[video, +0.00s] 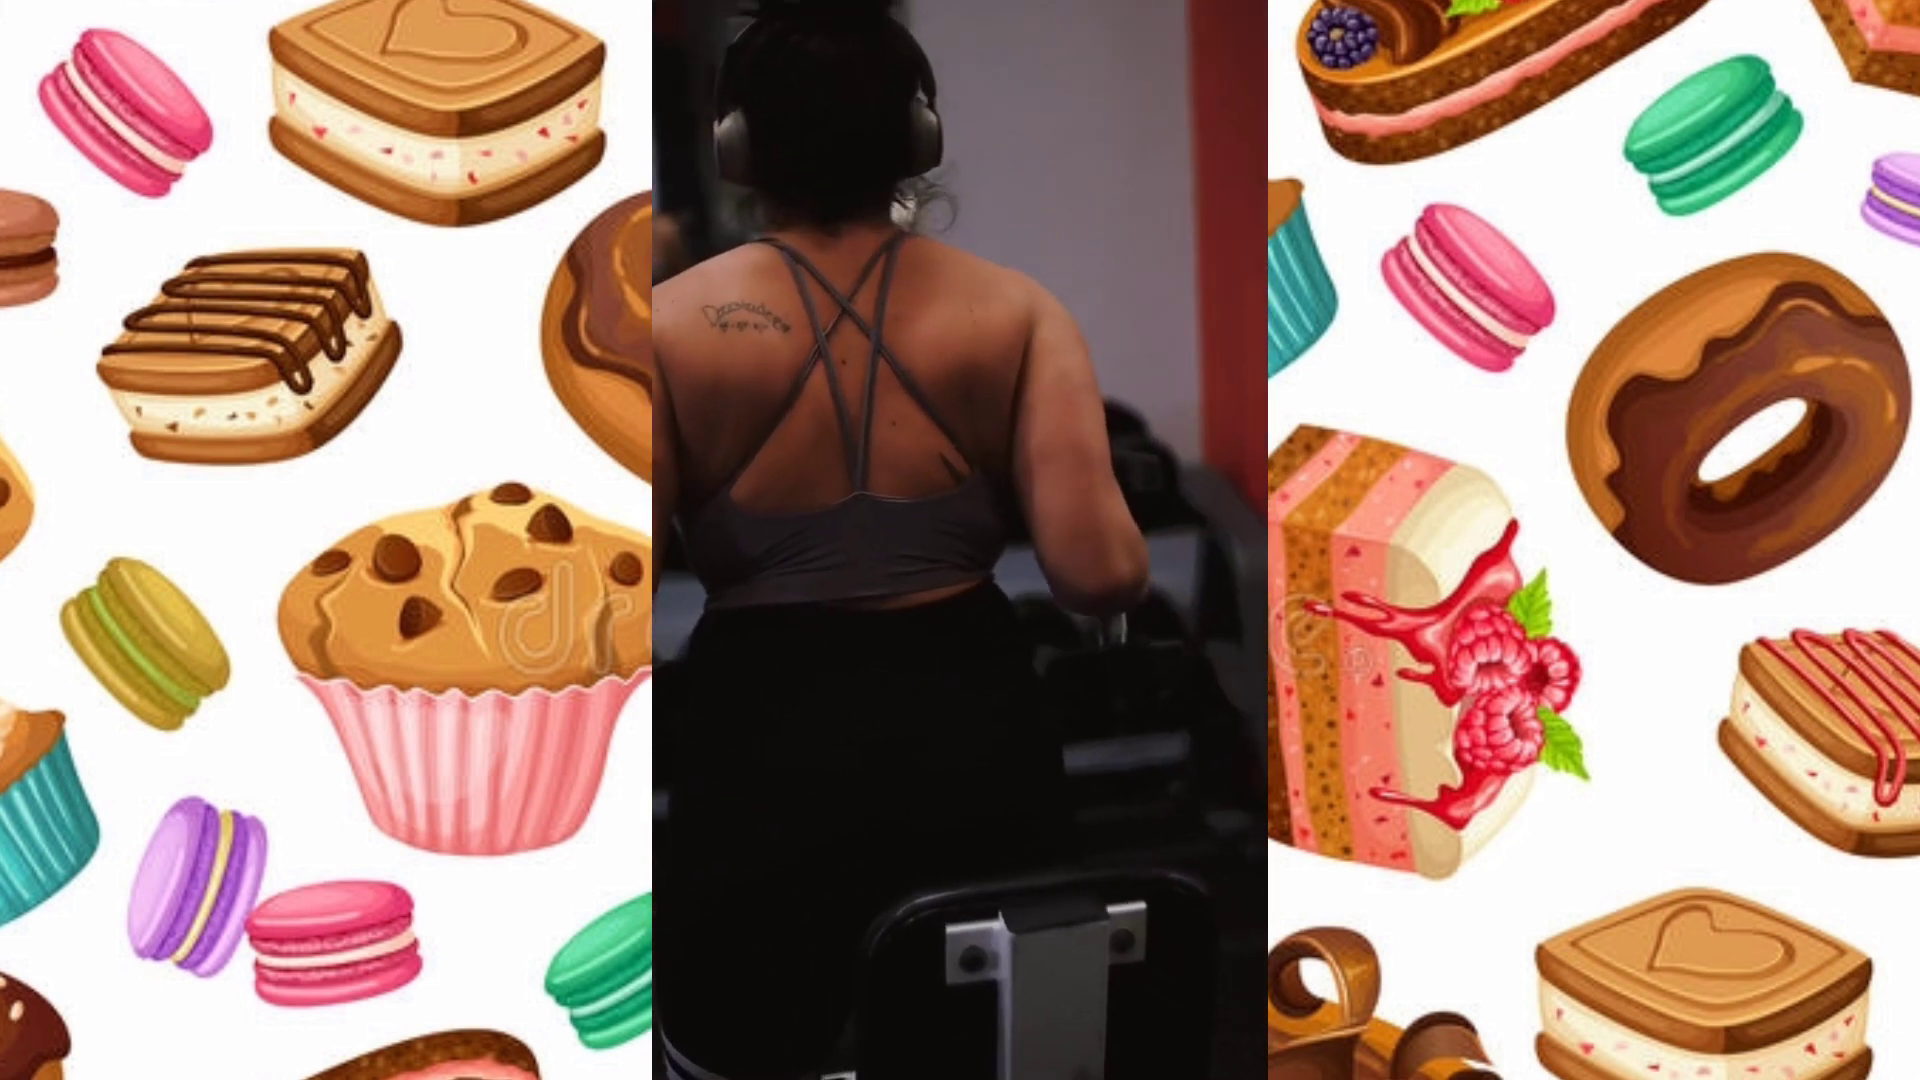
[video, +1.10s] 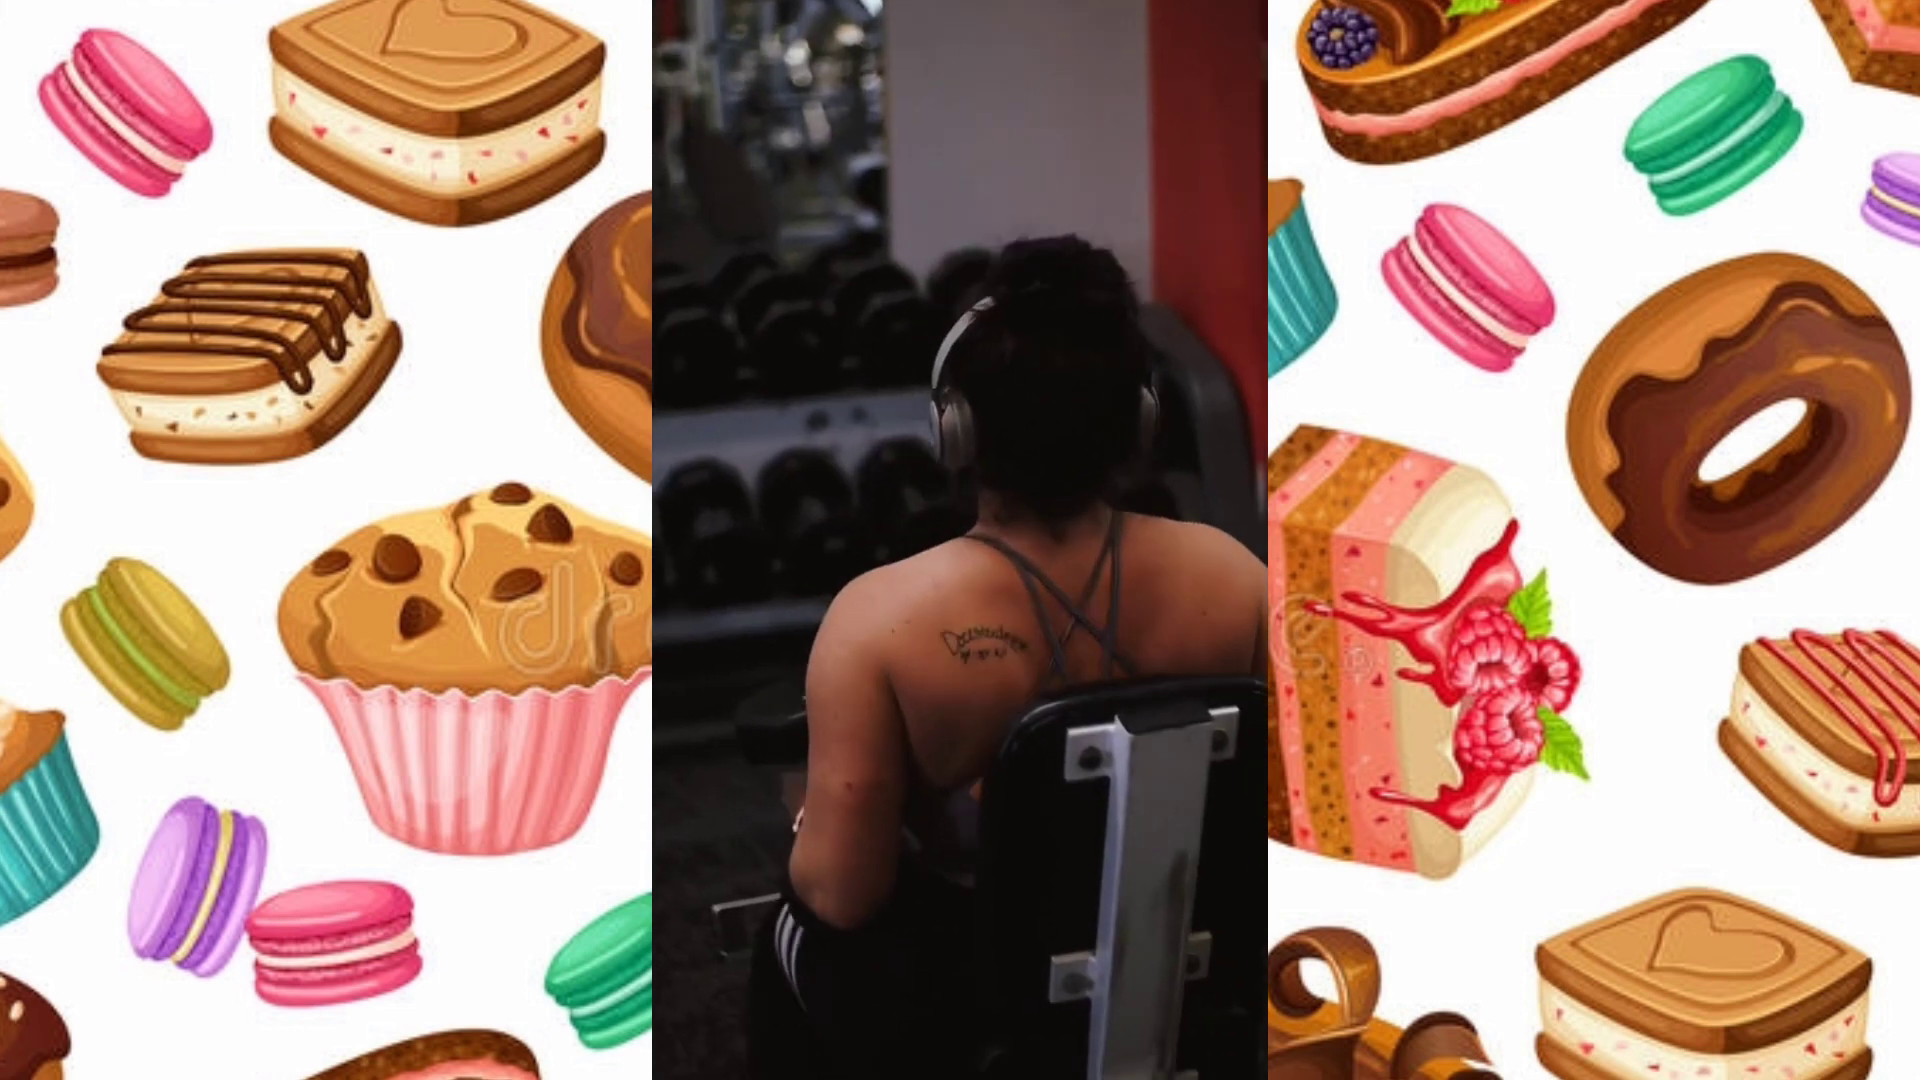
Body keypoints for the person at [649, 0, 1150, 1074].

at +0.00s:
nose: (719, 145)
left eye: (728, 124)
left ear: (740, 147)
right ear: (917, 139)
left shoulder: (672, 326)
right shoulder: (1016, 315)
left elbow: (620, 559)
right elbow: (1097, 568)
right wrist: (1122, 528)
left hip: (756, 741)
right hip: (966, 729)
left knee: (750, 1044)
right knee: (960, 1041)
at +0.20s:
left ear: (708, 175)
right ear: (867, 162)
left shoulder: (648, 337)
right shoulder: (969, 328)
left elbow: (584, 555)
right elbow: (1053, 559)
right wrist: (1074, 611)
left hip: (725, 734)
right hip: (930, 719)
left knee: (720, 1044)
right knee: (957, 1038)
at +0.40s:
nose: (765, 231)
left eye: (770, 215)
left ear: (780, 238)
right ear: (945, 228)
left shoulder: (711, 414)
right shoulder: (1047, 382)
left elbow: (687, 681)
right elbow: (1154, 608)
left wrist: (774, 618)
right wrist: (1077, 627)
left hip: (848, 806)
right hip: (1053, 780)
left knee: (761, 1051)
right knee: (1042, 1052)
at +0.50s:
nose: (821, 299)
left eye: (829, 282)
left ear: (841, 310)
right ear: (1003, 303)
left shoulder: (776, 492)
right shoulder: (1101, 457)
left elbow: (755, 752)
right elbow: (1211, 683)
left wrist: (696, 735)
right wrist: (1123, 681)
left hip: (908, 919)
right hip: (1113, 902)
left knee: (781, 1047)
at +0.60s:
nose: (862, 399)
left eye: (867, 383)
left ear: (882, 407)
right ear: (1053, 400)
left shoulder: (817, 580)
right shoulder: (1142, 548)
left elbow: (800, 837)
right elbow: (1245, 774)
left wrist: (749, 813)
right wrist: (1154, 759)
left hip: (938, 1000)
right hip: (1142, 988)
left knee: (800, 1057)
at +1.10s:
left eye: (941, 408)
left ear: (957, 433)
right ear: (1143, 420)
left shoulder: (881, 620)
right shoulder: (1232, 579)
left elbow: (841, 896)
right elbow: (1284, 816)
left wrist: (814, 811)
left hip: (965, 1014)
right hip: (1188, 992)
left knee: (800, 915)